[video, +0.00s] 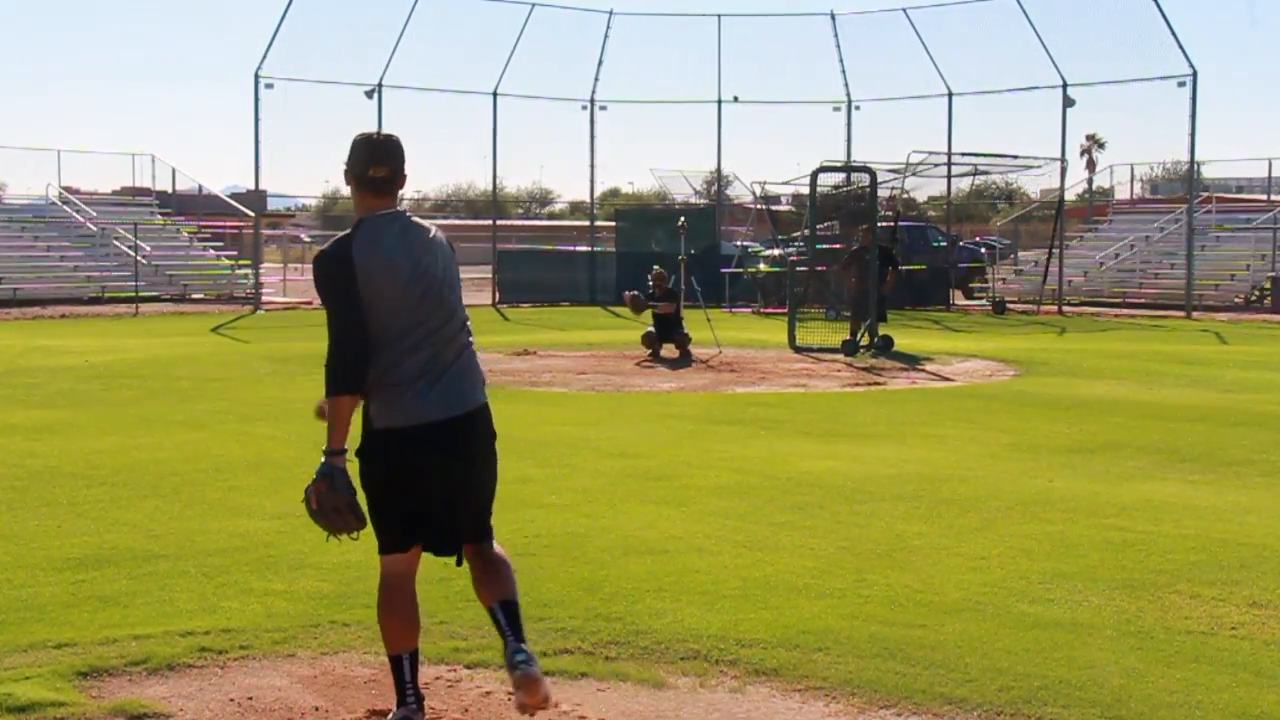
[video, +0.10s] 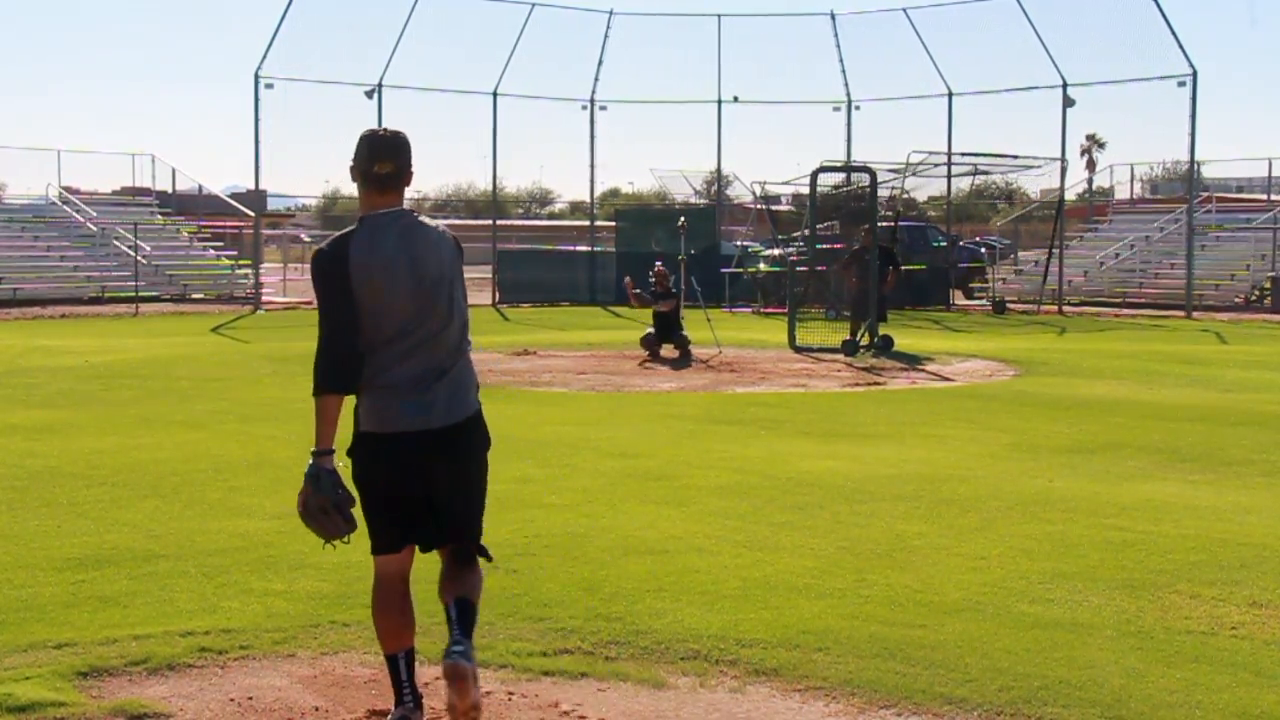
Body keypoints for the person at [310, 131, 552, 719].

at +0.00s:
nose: (356, 184)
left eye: (352, 174)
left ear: (349, 181)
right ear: (403, 181)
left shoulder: (339, 256)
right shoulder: (435, 240)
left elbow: (347, 358)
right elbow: (426, 334)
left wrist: (334, 456)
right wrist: (339, 393)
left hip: (396, 439)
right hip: (468, 428)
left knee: (398, 565)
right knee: (480, 541)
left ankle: (408, 701)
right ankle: (518, 648)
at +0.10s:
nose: (386, 182)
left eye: (367, 171)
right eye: (404, 173)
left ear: (355, 179)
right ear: (410, 178)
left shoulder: (336, 255)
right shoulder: (444, 243)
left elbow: (336, 359)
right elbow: (449, 332)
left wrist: (323, 456)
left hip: (383, 436)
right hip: (458, 430)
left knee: (392, 564)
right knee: (461, 548)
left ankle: (407, 698)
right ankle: (461, 643)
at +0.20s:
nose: (388, 177)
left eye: (374, 165)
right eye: (407, 168)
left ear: (361, 173)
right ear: (417, 174)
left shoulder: (335, 250)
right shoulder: (450, 241)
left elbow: (327, 349)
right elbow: (482, 330)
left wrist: (311, 445)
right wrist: (489, 392)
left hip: (373, 438)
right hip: (446, 434)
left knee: (385, 563)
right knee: (444, 562)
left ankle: (403, 698)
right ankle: (419, 662)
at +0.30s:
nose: (398, 168)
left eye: (384, 155)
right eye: (413, 157)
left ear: (368, 164)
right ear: (422, 166)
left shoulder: (333, 243)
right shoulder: (453, 236)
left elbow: (317, 343)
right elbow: (502, 309)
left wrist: (296, 435)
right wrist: (529, 362)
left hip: (363, 434)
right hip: (440, 431)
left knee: (380, 560)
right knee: (428, 571)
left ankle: (397, 693)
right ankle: (395, 694)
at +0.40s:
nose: (412, 159)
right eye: (424, 150)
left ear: (375, 154)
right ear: (430, 158)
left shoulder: (330, 233)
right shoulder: (454, 232)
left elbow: (302, 333)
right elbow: (509, 308)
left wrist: (278, 422)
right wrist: (558, 353)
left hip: (358, 428)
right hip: (435, 423)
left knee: (376, 551)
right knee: (423, 566)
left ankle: (390, 686)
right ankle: (389, 698)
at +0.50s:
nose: (424, 159)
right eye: (433, 151)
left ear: (378, 152)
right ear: (435, 157)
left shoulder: (326, 230)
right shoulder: (452, 233)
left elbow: (290, 328)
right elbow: (509, 320)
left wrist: (266, 416)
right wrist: (570, 358)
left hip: (353, 427)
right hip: (428, 423)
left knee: (372, 544)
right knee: (416, 569)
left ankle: (370, 683)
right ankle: (383, 704)